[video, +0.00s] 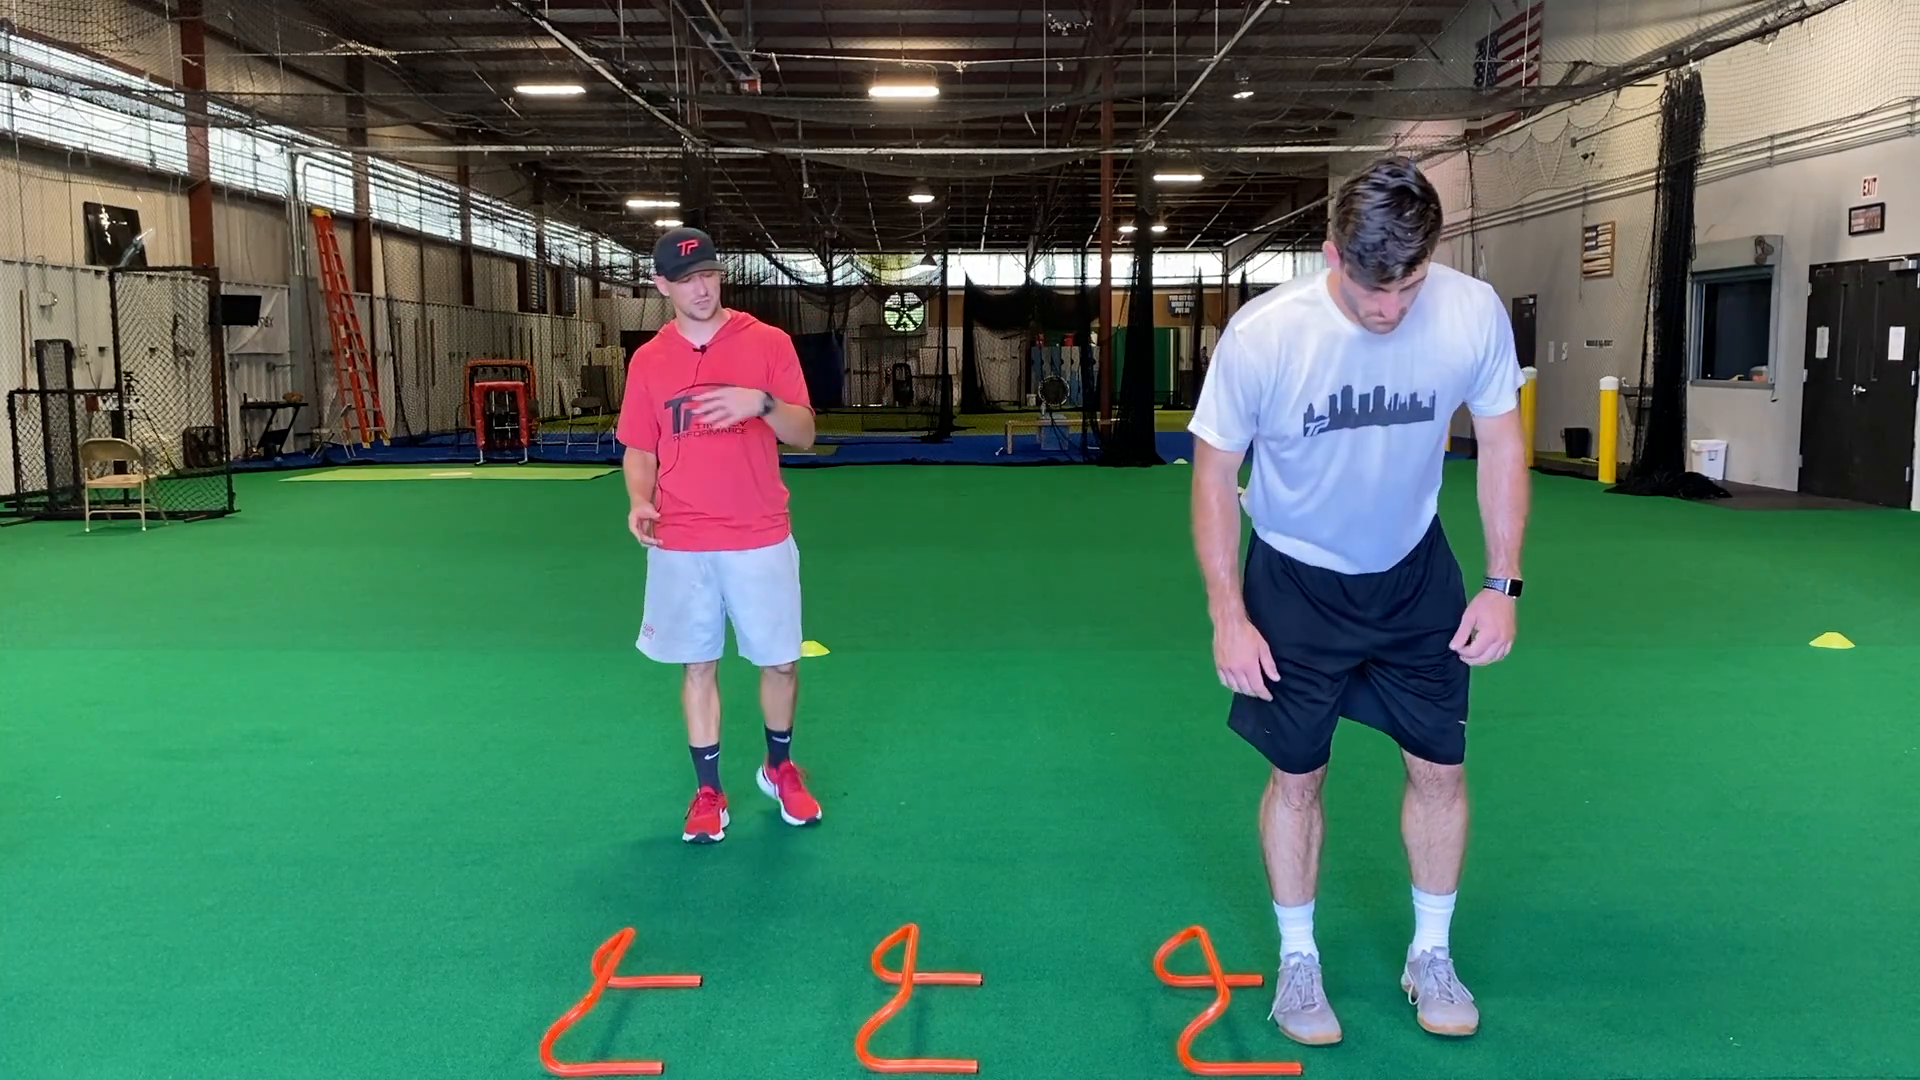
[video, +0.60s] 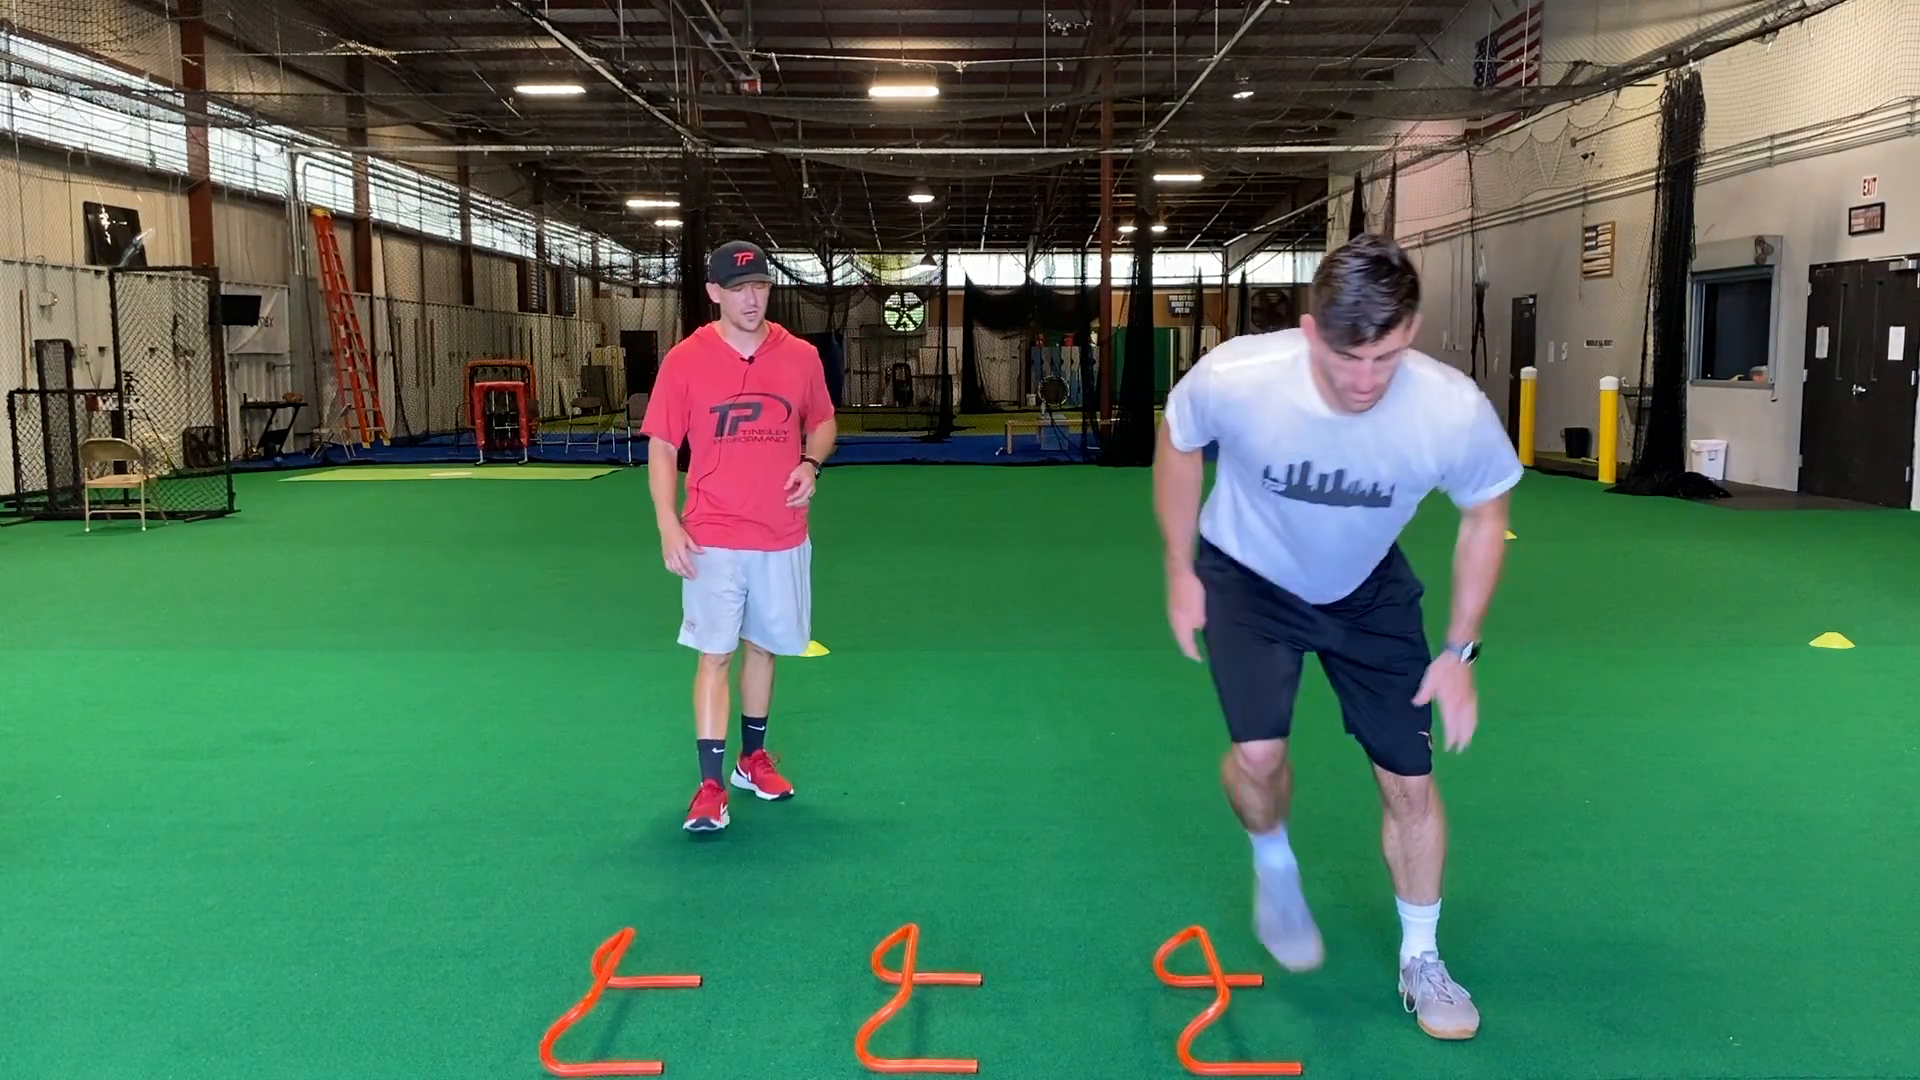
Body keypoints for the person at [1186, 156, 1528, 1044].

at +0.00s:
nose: (1389, 309)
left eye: (1405, 288)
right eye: (1371, 289)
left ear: (1427, 259)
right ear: (1333, 258)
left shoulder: (1472, 314)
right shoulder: (1260, 338)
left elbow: (1501, 446)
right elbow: (1214, 472)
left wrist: (1503, 581)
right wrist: (1228, 615)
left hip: (1415, 574)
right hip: (1296, 579)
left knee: (1441, 761)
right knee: (1297, 772)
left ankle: (1432, 955)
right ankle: (1298, 961)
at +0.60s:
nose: (1367, 377)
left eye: (1386, 357)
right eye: (1349, 357)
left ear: (1410, 334)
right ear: (1309, 329)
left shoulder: (1451, 409)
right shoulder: (1229, 380)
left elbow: (1487, 514)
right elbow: (1177, 440)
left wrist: (1461, 647)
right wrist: (1180, 571)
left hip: (1369, 578)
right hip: (1248, 573)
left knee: (1410, 772)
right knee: (1259, 756)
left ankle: (1421, 957)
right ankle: (1275, 871)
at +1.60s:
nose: (656, 322)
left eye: (674, 301)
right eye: (640, 303)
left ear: (720, 285)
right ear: (622, 295)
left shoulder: (801, 378)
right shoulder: (605, 342)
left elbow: (879, 479)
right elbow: (610, 404)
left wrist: (781, 527)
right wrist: (615, 484)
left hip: (772, 584)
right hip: (656, 562)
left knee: (757, 772)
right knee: (581, 701)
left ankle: (781, 958)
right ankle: (646, 788)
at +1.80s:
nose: (515, 346)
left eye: (532, 323)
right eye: (499, 328)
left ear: (582, 304)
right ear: (483, 318)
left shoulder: (671, 375)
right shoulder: (471, 384)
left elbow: (797, 408)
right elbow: (489, 466)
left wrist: (788, 541)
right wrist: (499, 562)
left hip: (675, 580)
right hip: (558, 593)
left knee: (659, 734)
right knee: (507, 784)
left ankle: (739, 861)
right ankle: (490, 962)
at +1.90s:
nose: (466, 370)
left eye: (483, 348)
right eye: (450, 351)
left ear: (533, 330)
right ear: (434, 344)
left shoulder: (623, 399)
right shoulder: (424, 411)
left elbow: (752, 421)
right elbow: (437, 495)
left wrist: (755, 556)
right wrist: (442, 571)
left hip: (641, 584)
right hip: (522, 606)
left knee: (603, 734)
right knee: (476, 798)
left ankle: (686, 790)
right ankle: (488, 964)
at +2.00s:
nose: (434, 378)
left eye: (448, 357)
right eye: (417, 360)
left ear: (495, 336)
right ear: (401, 351)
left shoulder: (589, 400)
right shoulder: (391, 413)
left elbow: (719, 431)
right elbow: (402, 495)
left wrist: (714, 567)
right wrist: (401, 578)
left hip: (608, 584)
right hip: (496, 611)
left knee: (588, 742)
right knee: (472, 795)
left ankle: (656, 773)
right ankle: (487, 963)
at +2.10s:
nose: (413, 380)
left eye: (427, 358)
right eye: (396, 362)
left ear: (472, 336)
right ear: (380, 352)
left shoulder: (571, 398)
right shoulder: (370, 411)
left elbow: (700, 435)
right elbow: (377, 487)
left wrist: (686, 568)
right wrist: (377, 575)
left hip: (592, 584)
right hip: (475, 612)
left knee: (586, 743)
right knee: (462, 796)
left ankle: (635, 769)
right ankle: (484, 962)